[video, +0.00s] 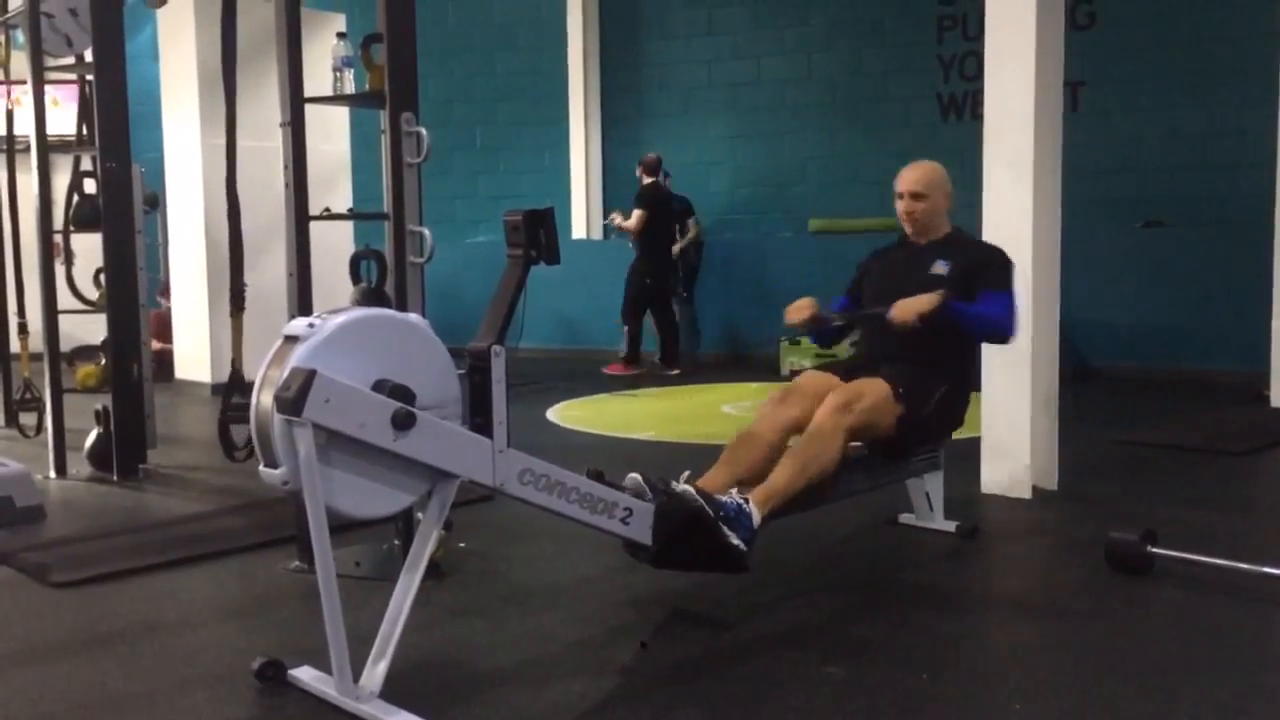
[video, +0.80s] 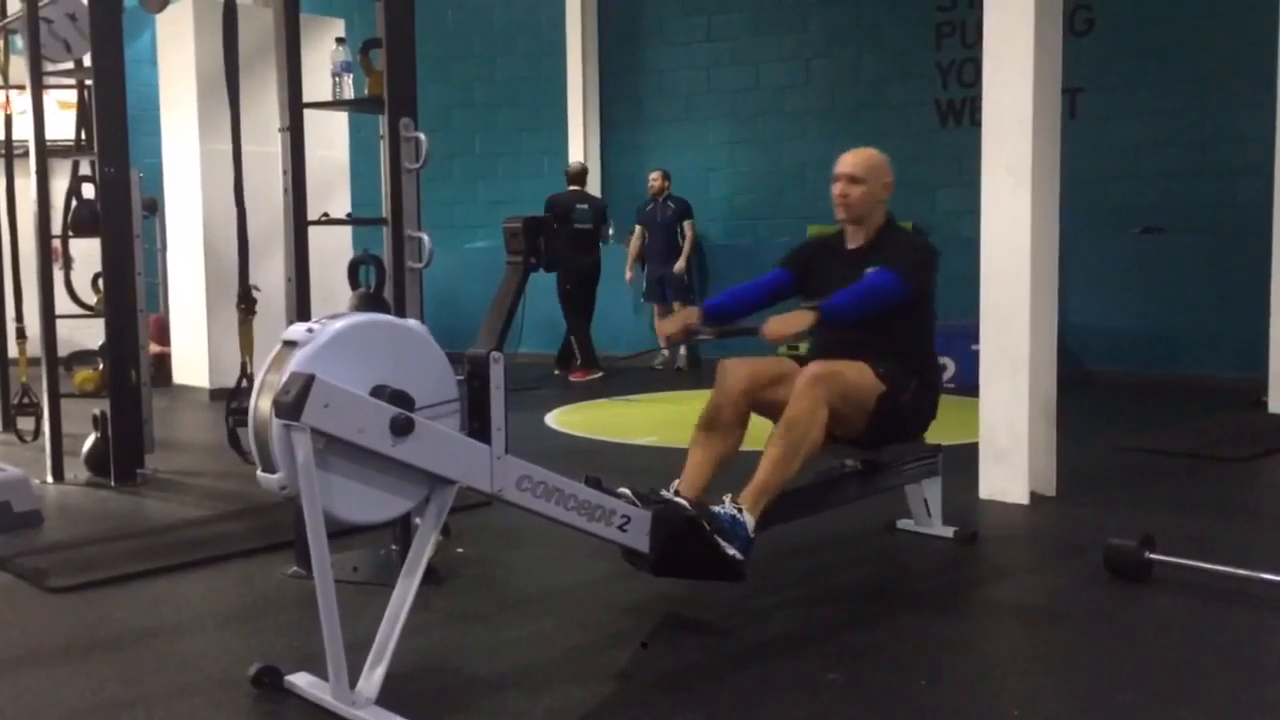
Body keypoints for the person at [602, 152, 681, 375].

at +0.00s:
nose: (636, 173)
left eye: (637, 169)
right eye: (638, 169)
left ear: (641, 170)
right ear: (658, 170)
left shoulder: (645, 193)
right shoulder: (668, 194)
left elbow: (635, 225)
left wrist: (619, 222)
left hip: (645, 261)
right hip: (664, 259)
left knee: (632, 311)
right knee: (663, 310)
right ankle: (670, 360)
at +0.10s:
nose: (627, 173)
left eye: (628, 170)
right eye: (630, 169)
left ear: (630, 172)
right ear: (648, 172)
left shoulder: (635, 195)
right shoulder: (655, 194)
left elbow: (624, 228)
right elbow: (639, 228)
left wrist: (609, 222)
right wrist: (613, 223)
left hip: (637, 264)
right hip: (655, 261)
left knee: (623, 312)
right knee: (657, 312)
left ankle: (603, 360)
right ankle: (668, 362)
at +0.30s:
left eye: (606, 172)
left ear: (605, 174)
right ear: (624, 174)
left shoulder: (605, 197)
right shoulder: (633, 198)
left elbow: (595, 227)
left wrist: (581, 220)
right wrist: (592, 221)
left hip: (610, 262)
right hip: (631, 261)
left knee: (600, 313)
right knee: (633, 311)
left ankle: (594, 363)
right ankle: (660, 355)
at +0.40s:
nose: (594, 176)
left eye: (594, 172)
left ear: (594, 174)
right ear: (612, 174)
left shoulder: (591, 197)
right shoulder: (624, 198)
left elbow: (580, 230)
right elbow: (611, 225)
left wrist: (574, 220)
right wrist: (582, 221)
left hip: (600, 260)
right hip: (621, 260)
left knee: (592, 311)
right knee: (615, 309)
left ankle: (592, 363)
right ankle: (645, 348)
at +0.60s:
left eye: (580, 173)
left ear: (577, 176)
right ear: (597, 175)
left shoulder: (568, 199)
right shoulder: (610, 200)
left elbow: (559, 229)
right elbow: (608, 227)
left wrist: (574, 226)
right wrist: (576, 224)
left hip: (582, 263)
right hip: (606, 262)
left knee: (582, 312)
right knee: (599, 309)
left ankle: (584, 364)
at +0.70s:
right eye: (586, 174)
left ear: (571, 177)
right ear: (590, 176)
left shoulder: (561, 200)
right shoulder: (604, 200)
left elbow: (552, 228)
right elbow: (607, 227)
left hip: (575, 264)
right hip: (599, 264)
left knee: (579, 313)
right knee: (593, 309)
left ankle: (591, 363)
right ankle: (577, 354)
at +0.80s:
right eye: (583, 177)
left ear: (566, 179)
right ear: (586, 179)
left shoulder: (554, 202)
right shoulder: (598, 203)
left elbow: (550, 233)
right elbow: (603, 236)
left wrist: (550, 259)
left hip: (567, 264)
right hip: (591, 264)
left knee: (574, 315)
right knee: (583, 314)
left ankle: (588, 364)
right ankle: (563, 361)